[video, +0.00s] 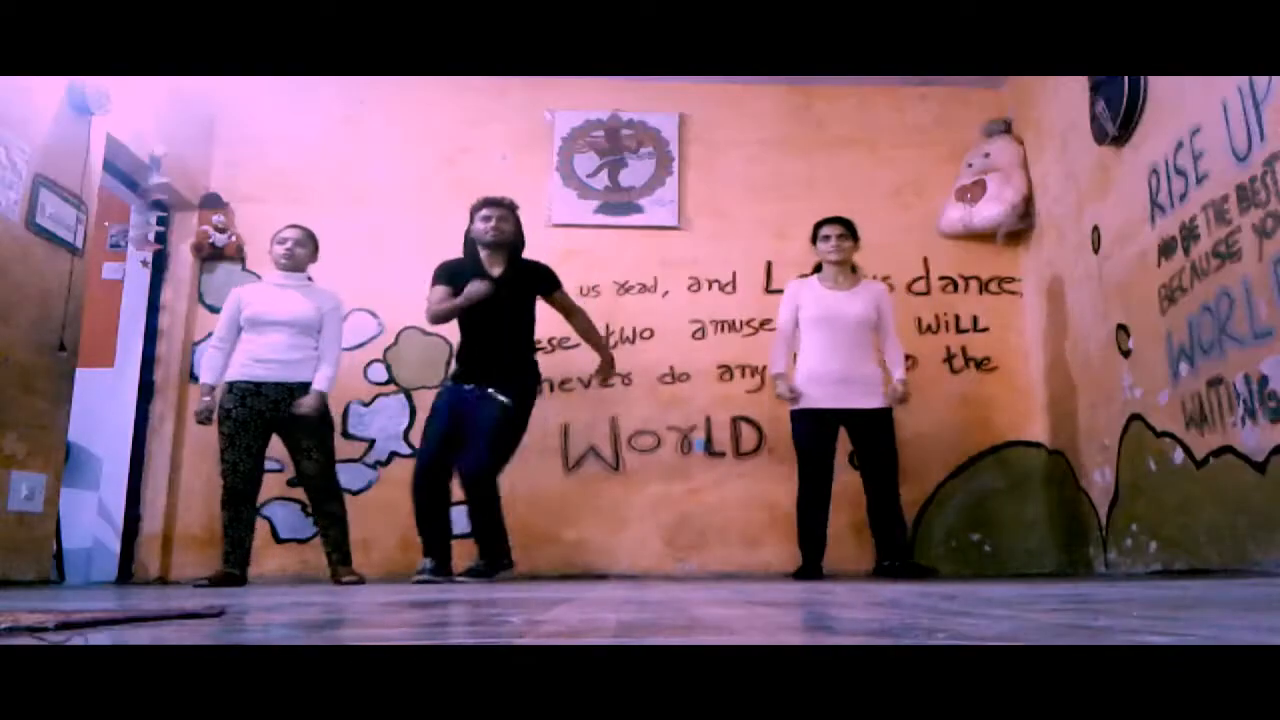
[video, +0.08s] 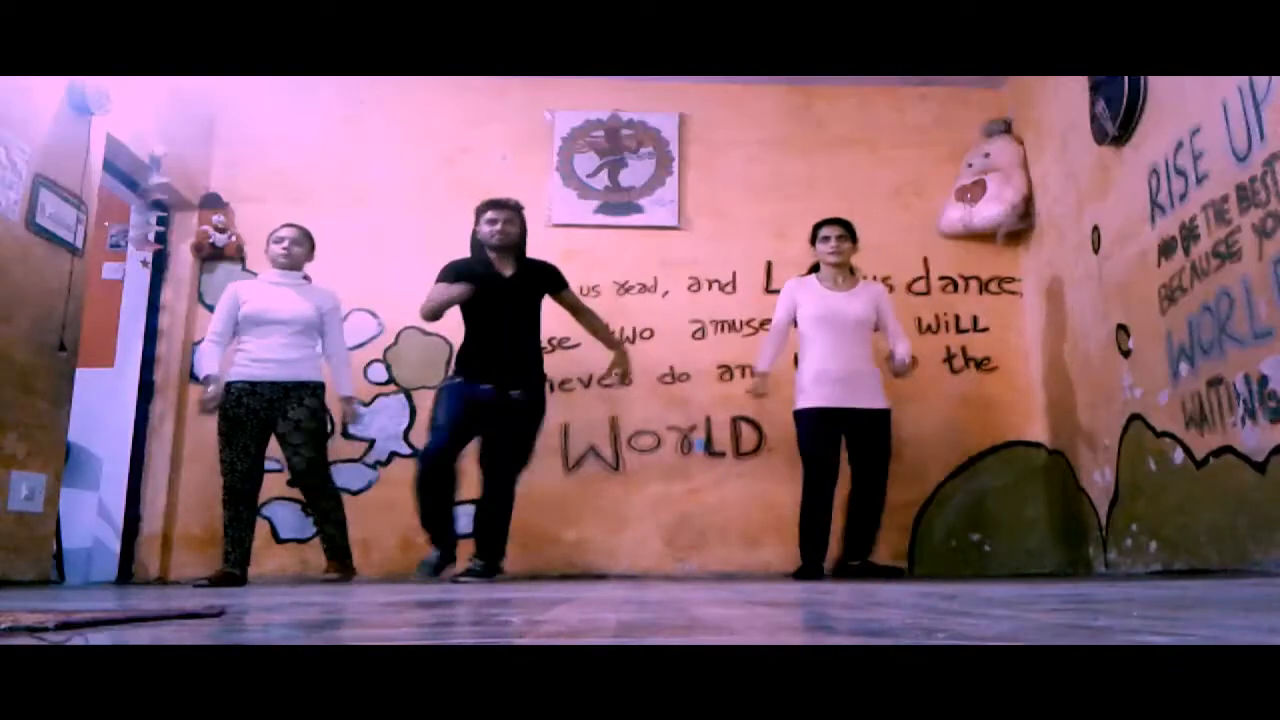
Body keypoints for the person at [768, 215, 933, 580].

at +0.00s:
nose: (834, 244)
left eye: (842, 238)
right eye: (827, 239)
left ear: (854, 246)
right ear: (815, 248)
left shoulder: (875, 291)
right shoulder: (798, 290)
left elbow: (889, 339)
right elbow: (783, 336)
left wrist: (899, 375)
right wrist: (780, 375)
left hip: (868, 403)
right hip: (813, 403)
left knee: (883, 486)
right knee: (813, 487)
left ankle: (892, 560)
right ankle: (811, 563)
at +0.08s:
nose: (834, 245)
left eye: (842, 239)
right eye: (825, 240)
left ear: (854, 247)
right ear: (814, 249)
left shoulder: (874, 292)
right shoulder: (797, 289)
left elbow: (896, 333)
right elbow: (777, 333)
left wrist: (902, 358)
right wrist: (761, 371)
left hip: (867, 402)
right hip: (816, 402)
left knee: (871, 483)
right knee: (819, 483)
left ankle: (855, 559)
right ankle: (811, 563)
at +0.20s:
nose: (879, 227)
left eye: (888, 220)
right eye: (869, 221)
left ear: (901, 230)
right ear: (854, 231)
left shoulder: (922, 283)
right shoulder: (833, 278)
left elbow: (957, 334)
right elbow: (798, 329)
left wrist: (938, 303)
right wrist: (762, 371)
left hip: (910, 405)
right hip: (860, 401)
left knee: (908, 500)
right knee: (897, 491)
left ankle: (884, 595)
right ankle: (853, 587)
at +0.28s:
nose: (888, 228)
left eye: (897, 222)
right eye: (879, 222)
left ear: (910, 232)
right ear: (863, 233)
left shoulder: (923, 282)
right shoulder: (840, 277)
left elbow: (934, 319)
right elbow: (801, 323)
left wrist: (916, 270)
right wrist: (762, 361)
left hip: (901, 403)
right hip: (865, 402)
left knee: (904, 497)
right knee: (938, 486)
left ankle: (887, 596)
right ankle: (897, 586)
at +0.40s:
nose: (892, 226)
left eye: (900, 219)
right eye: (881, 220)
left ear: (912, 230)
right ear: (865, 230)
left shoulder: (932, 277)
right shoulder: (843, 279)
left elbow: (977, 312)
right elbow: (801, 325)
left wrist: (976, 275)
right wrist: (765, 360)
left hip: (919, 404)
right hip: (868, 401)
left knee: (918, 499)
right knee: (911, 494)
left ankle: (895, 595)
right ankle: (918, 596)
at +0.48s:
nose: (893, 226)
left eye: (901, 220)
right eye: (882, 220)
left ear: (913, 230)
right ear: (865, 231)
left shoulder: (938, 280)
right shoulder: (846, 281)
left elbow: (996, 313)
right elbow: (813, 335)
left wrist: (1039, 301)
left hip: (932, 406)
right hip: (869, 407)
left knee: (931, 504)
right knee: (887, 504)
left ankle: (899, 594)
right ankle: (908, 599)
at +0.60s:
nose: (899, 227)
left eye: (907, 220)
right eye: (889, 221)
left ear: (920, 230)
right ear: (871, 231)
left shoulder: (939, 279)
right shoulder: (856, 276)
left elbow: (971, 319)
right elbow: (849, 313)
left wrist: (1023, 319)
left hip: (938, 407)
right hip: (877, 410)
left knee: (926, 503)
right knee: (882, 506)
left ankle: (919, 597)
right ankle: (901, 598)